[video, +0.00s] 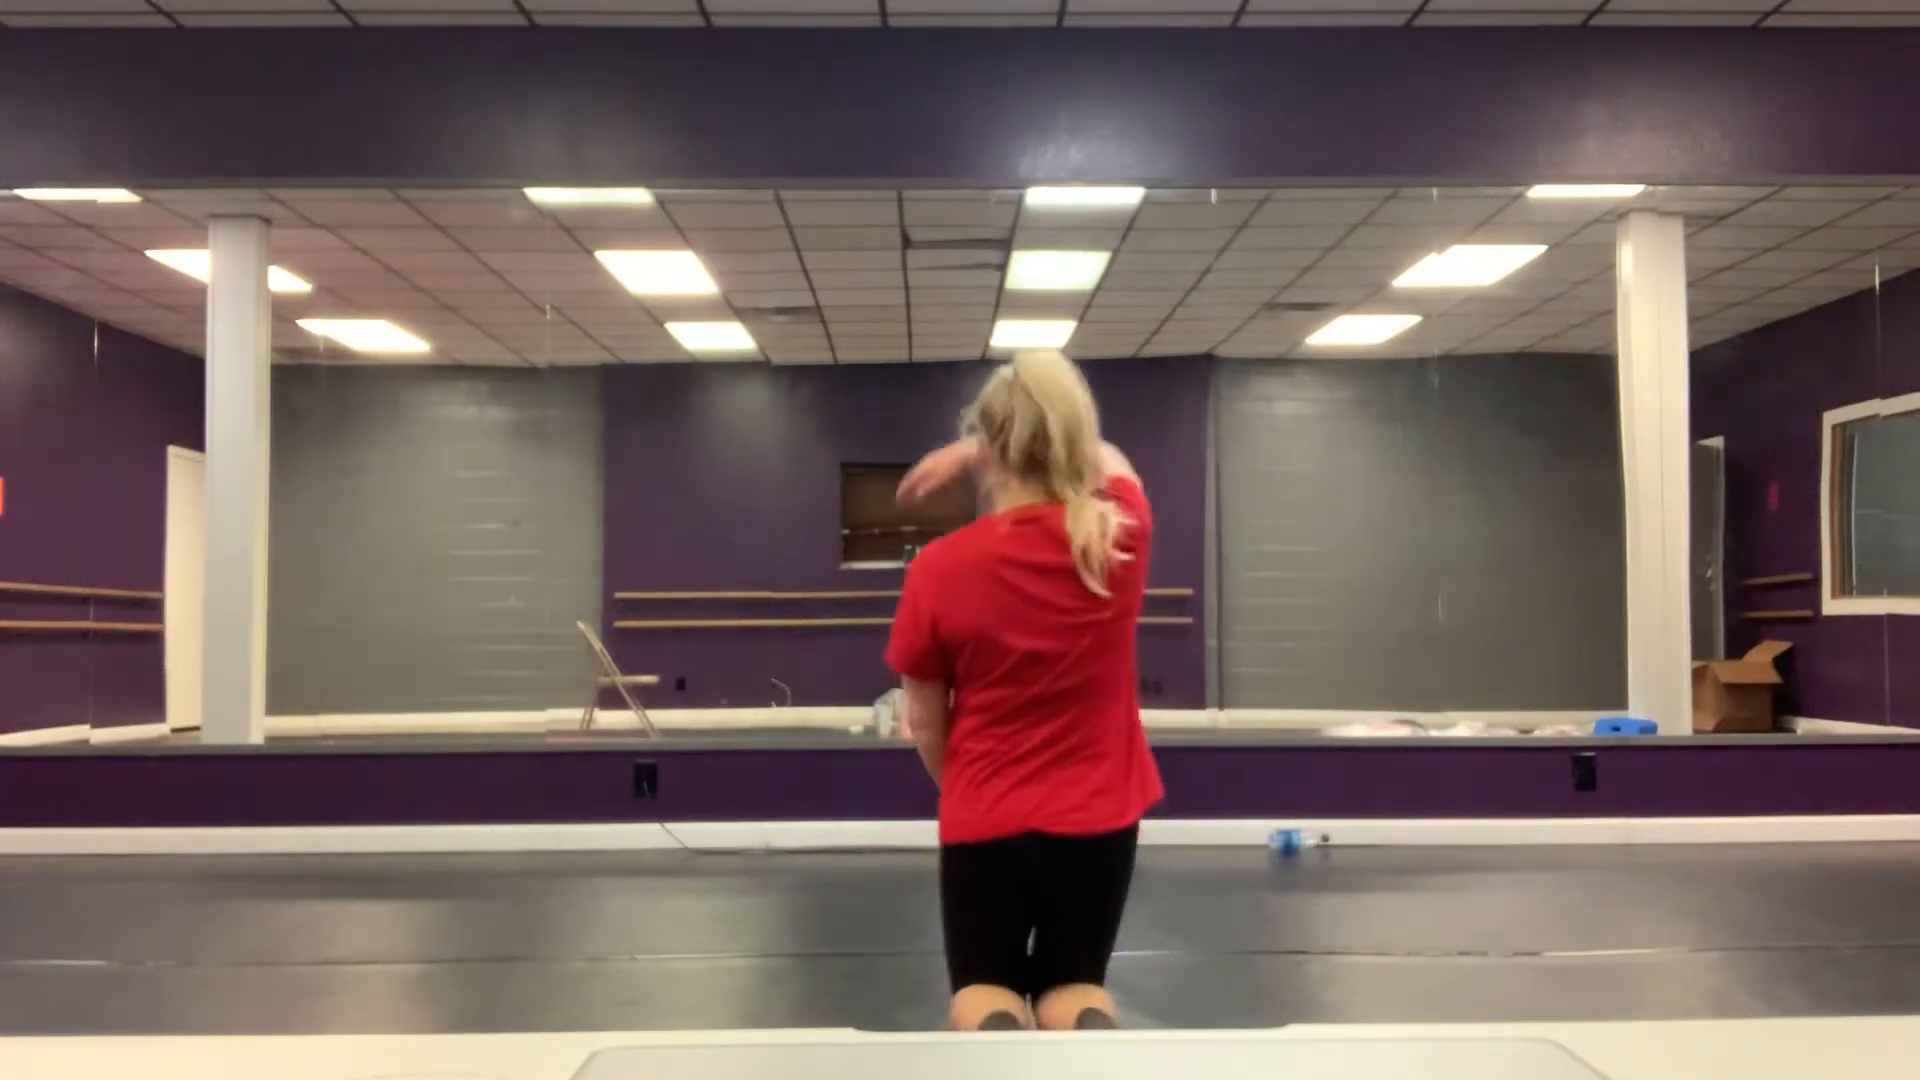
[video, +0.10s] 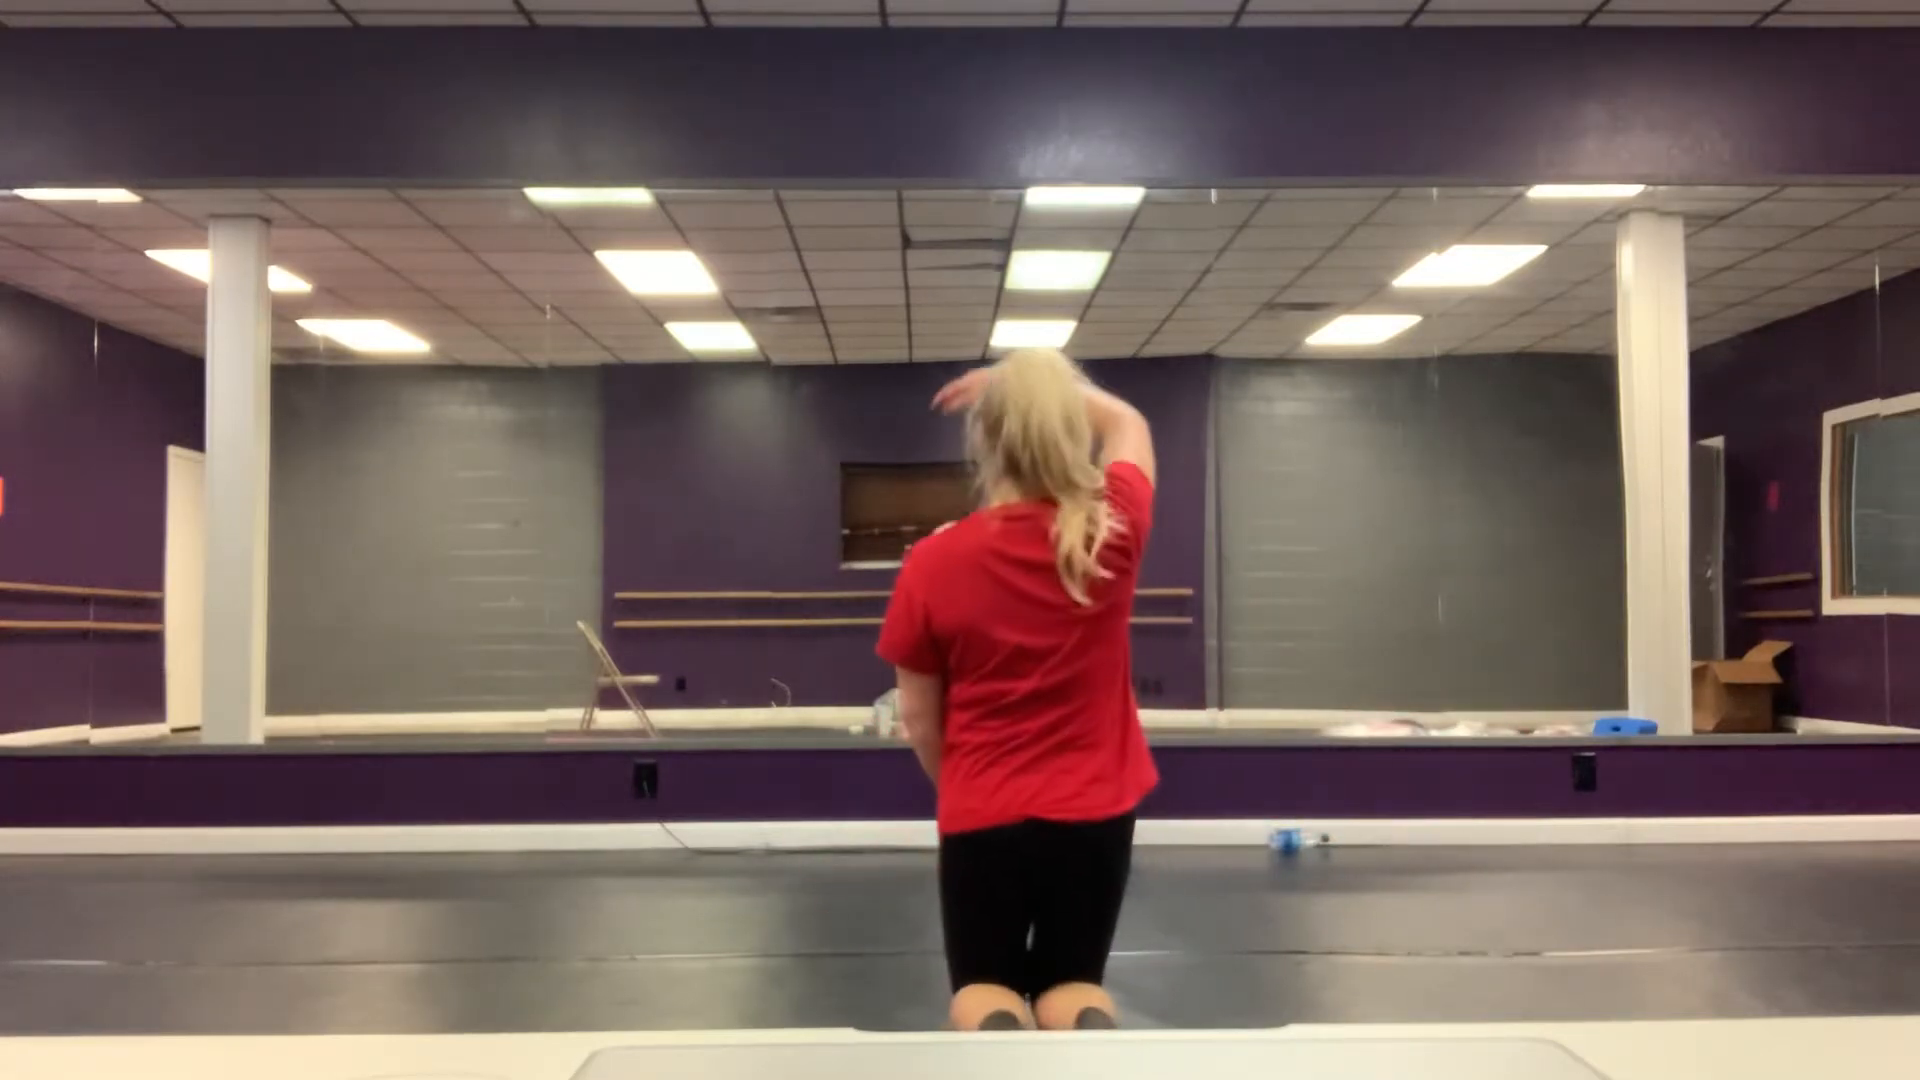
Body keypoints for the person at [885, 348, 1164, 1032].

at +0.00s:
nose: (979, 448)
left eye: (983, 438)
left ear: (995, 450)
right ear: (1075, 441)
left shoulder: (941, 566)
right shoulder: (1121, 532)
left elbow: (924, 724)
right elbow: (1092, 448)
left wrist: (968, 790)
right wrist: (975, 448)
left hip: (987, 815)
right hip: (1101, 813)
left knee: (985, 981)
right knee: (1073, 980)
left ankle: (1002, 1040)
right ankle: (1093, 1040)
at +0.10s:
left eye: (980, 425)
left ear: (985, 442)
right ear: (1072, 436)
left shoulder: (935, 561)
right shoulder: (1111, 532)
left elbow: (918, 719)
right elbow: (1124, 423)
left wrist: (964, 789)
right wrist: (1013, 377)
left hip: (982, 812)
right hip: (1096, 809)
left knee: (984, 979)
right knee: (1071, 977)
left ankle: (1003, 1039)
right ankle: (1091, 1038)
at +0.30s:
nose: (1076, 433)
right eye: (1071, 420)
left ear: (981, 436)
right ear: (1070, 433)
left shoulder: (927, 557)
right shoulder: (1105, 528)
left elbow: (915, 718)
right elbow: (1175, 413)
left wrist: (959, 797)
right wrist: (1118, 301)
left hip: (980, 811)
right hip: (1090, 808)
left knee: (985, 982)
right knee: (1071, 978)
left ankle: (1003, 1034)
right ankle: (1092, 1030)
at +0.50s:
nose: (1096, 455)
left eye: (1095, 439)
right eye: (1089, 440)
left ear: (994, 443)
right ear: (1064, 445)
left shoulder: (928, 560)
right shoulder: (1107, 539)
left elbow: (910, 719)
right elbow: (1220, 445)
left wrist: (957, 796)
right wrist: (1221, 309)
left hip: (977, 814)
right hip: (1094, 811)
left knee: (982, 980)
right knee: (1075, 975)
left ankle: (1010, 1044)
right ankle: (1090, 1038)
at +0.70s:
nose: (1112, 481)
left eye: (1111, 465)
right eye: (1106, 465)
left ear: (1007, 466)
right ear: (1069, 469)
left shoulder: (931, 575)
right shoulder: (1118, 563)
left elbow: (901, 730)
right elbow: (1257, 500)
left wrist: (954, 809)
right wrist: (1316, 365)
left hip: (976, 829)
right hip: (1094, 826)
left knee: (982, 984)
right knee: (1075, 979)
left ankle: (1004, 1037)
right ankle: (1092, 1036)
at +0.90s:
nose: (1122, 503)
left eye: (1122, 486)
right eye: (1117, 487)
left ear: (1021, 486)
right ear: (1078, 491)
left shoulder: (933, 592)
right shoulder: (1117, 589)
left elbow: (893, 743)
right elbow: (1279, 565)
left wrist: (950, 826)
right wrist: (1384, 457)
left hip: (971, 856)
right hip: (1093, 852)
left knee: (979, 996)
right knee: (1076, 992)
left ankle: (1001, 1048)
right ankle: (1097, 1042)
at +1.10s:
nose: (1127, 535)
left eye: (1127, 518)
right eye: (1122, 517)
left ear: (1022, 510)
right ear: (1086, 516)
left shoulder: (934, 614)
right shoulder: (1121, 617)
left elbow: (890, 766)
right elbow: (1284, 631)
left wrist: (947, 845)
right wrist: (1423, 567)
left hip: (968, 887)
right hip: (1093, 889)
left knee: (975, 1011)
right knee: (1078, 997)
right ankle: (1090, 1022)